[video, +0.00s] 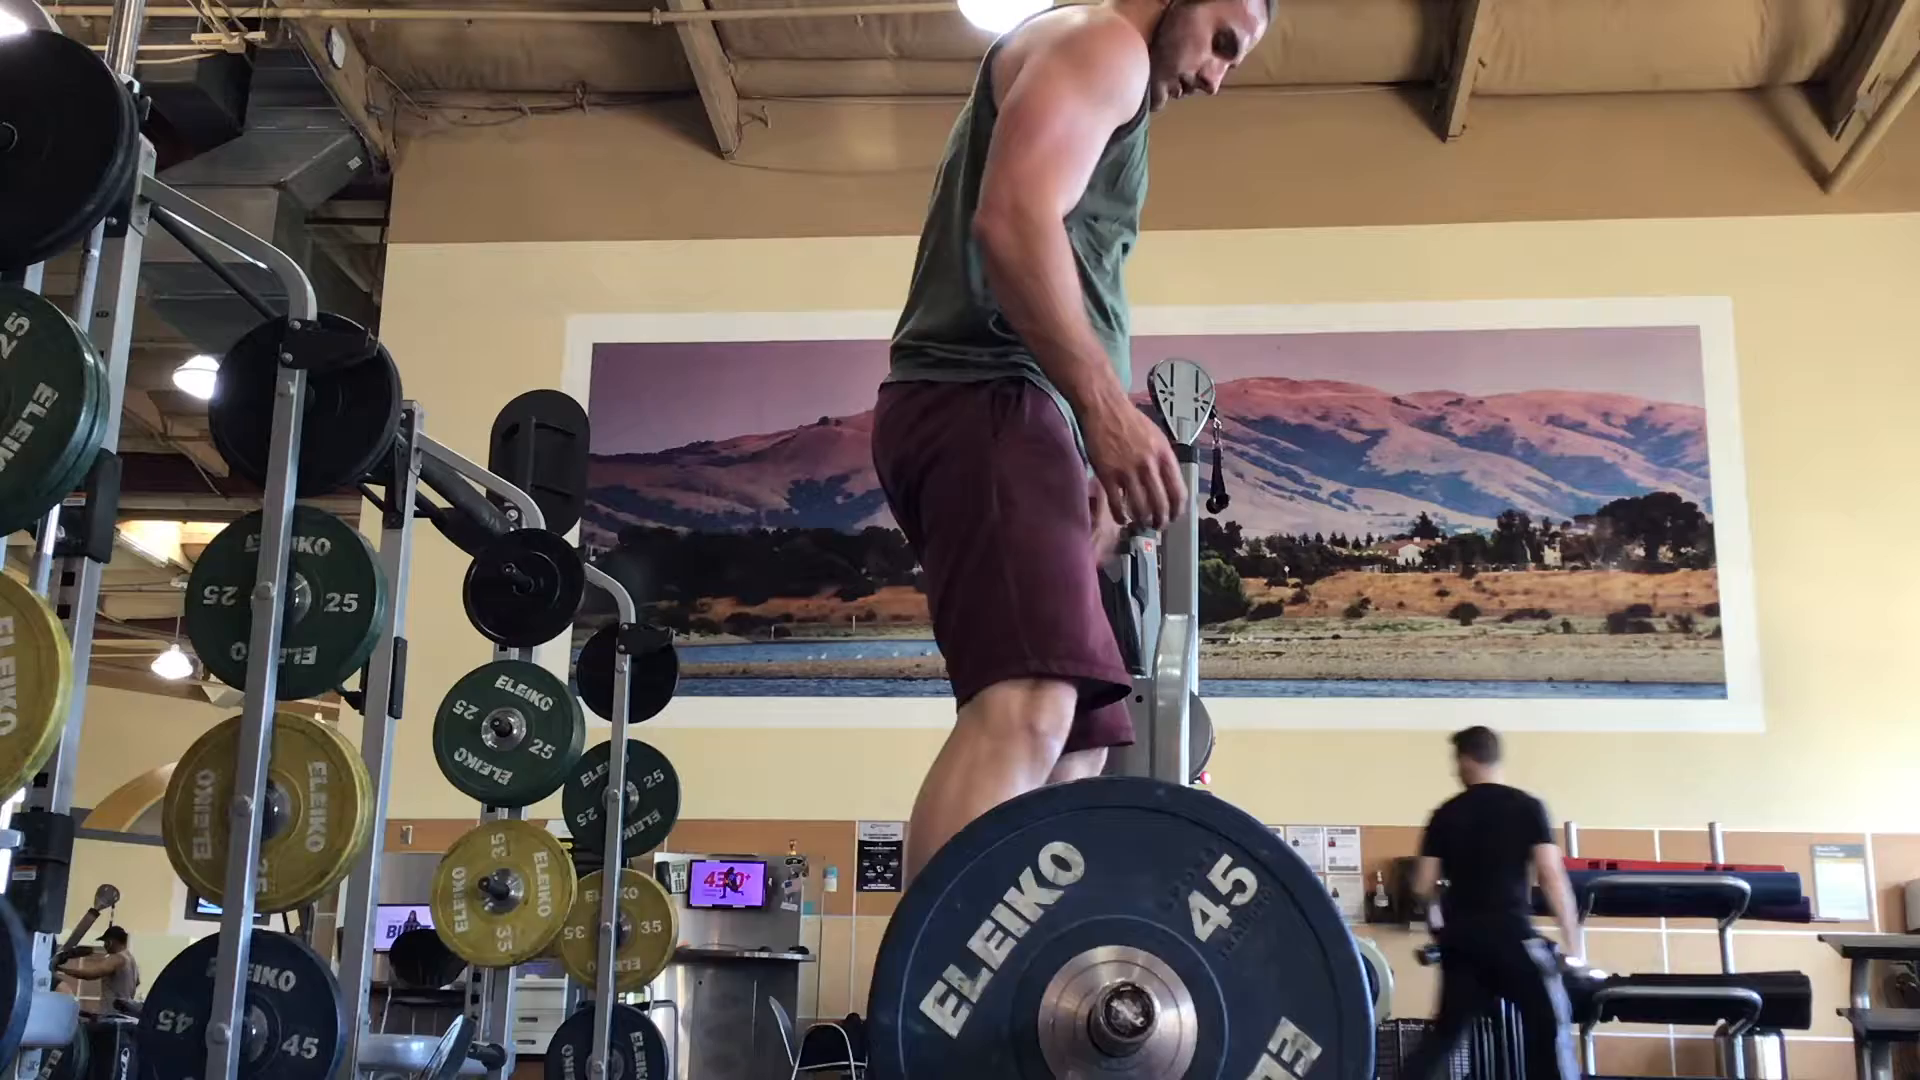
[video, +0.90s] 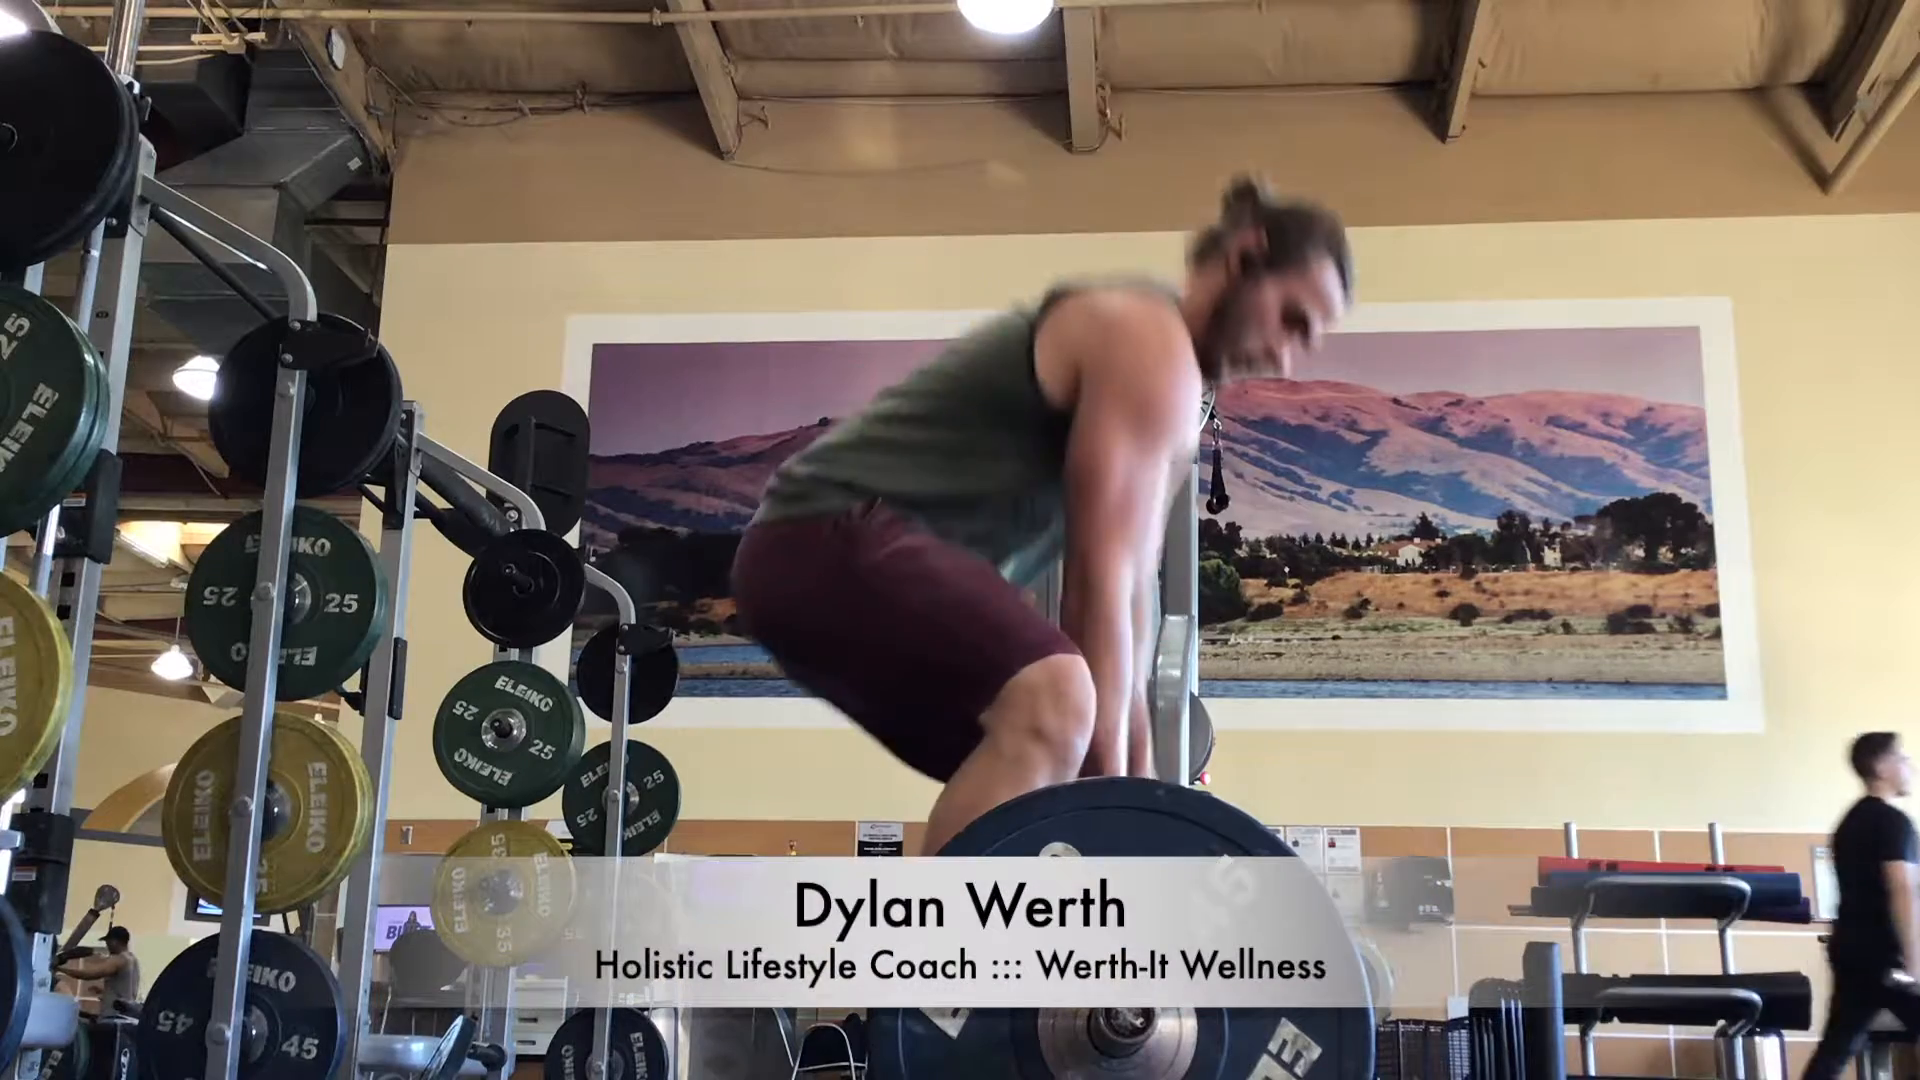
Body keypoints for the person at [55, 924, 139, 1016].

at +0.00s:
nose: (104, 946)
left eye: (106, 942)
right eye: (104, 942)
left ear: (111, 942)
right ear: (122, 942)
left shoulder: (117, 959)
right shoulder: (129, 958)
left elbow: (90, 974)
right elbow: (136, 982)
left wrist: (62, 969)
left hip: (110, 1015)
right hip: (123, 1015)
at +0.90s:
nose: (107, 945)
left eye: (109, 942)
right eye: (106, 942)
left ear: (117, 942)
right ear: (124, 942)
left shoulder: (120, 960)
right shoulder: (132, 960)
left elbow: (88, 975)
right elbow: (126, 991)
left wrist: (60, 969)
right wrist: (103, 991)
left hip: (111, 1017)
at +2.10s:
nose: (107, 947)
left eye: (108, 944)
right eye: (106, 944)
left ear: (116, 943)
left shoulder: (122, 960)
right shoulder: (129, 961)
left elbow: (88, 974)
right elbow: (96, 985)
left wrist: (60, 969)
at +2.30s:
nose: (106, 946)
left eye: (108, 943)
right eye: (106, 943)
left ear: (117, 943)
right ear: (120, 943)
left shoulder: (119, 960)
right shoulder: (128, 962)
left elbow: (90, 975)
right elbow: (100, 987)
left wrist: (62, 970)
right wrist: (75, 982)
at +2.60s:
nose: (104, 946)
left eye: (106, 942)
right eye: (104, 943)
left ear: (113, 943)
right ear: (120, 943)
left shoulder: (118, 961)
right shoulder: (128, 961)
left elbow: (87, 977)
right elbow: (118, 988)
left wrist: (61, 970)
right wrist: (94, 989)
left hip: (108, 1017)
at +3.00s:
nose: (102, 948)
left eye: (103, 944)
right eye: (101, 944)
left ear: (112, 943)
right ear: (121, 944)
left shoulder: (115, 961)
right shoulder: (132, 963)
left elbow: (88, 977)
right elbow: (144, 981)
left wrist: (61, 971)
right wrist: (131, 970)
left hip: (106, 1017)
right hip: (123, 1017)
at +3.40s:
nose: (106, 947)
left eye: (107, 943)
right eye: (106, 943)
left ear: (109, 943)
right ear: (123, 942)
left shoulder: (118, 961)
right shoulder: (132, 962)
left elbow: (89, 977)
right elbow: (136, 984)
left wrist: (62, 971)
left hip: (110, 1015)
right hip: (126, 1016)